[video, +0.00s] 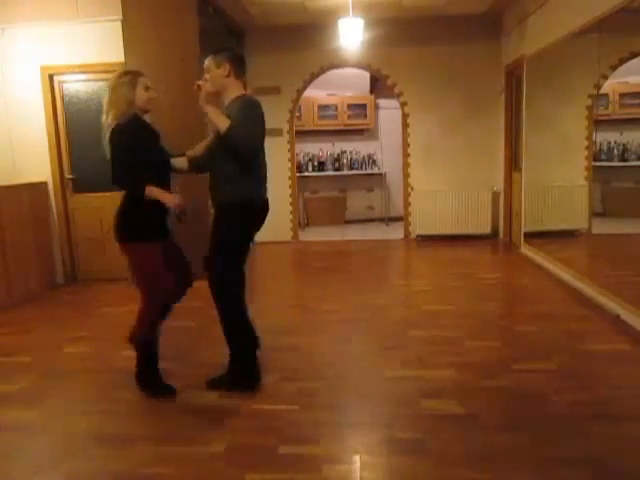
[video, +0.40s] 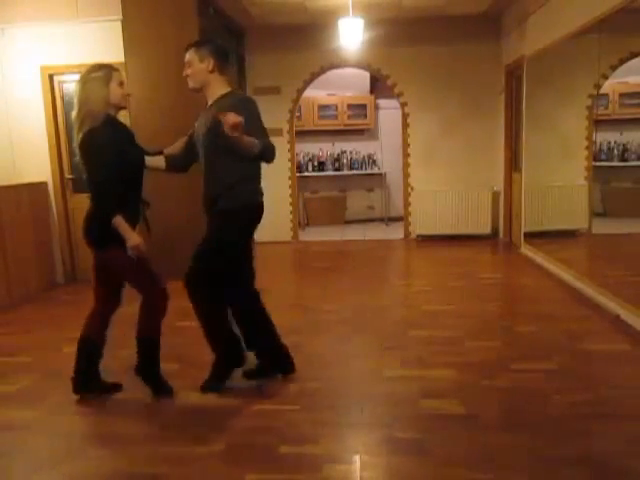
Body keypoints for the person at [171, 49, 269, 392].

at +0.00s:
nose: (204, 78)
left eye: (208, 70)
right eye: (204, 71)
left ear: (227, 71)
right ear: (225, 71)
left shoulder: (246, 107)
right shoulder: (227, 111)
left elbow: (245, 144)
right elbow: (202, 160)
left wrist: (209, 108)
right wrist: (162, 163)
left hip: (245, 205)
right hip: (229, 205)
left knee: (223, 277)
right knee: (221, 276)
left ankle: (244, 368)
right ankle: (241, 362)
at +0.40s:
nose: (185, 72)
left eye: (189, 64)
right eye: (185, 65)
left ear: (210, 64)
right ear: (205, 67)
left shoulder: (241, 104)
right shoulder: (207, 114)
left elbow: (266, 152)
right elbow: (180, 161)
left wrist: (237, 136)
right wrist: (135, 159)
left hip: (241, 206)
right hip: (220, 207)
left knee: (199, 279)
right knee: (237, 286)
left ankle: (228, 354)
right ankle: (274, 356)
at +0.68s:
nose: (169, 69)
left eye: (174, 61)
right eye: (169, 63)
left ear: (195, 62)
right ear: (189, 64)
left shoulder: (223, 102)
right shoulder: (191, 113)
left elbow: (261, 153)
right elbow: (181, 167)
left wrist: (260, 153)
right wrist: (140, 169)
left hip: (219, 211)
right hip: (200, 212)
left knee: (196, 288)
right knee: (197, 288)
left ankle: (210, 370)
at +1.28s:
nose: (187, 73)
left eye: (192, 66)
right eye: (186, 67)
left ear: (214, 67)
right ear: (202, 70)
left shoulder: (243, 108)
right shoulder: (194, 113)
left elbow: (280, 152)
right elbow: (161, 145)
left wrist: (244, 161)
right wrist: (122, 151)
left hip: (241, 209)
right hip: (210, 209)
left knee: (217, 278)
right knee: (197, 282)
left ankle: (227, 356)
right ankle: (214, 354)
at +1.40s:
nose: (198, 73)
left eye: (204, 66)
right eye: (197, 68)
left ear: (227, 67)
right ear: (210, 72)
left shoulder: (257, 109)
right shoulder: (203, 117)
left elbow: (295, 153)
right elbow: (165, 153)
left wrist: (270, 162)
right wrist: (122, 157)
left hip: (252, 209)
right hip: (219, 210)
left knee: (238, 283)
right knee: (210, 288)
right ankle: (221, 354)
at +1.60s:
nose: (218, 71)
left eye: (224, 64)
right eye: (217, 65)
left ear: (247, 65)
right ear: (219, 71)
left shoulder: (278, 106)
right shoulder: (222, 115)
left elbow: (317, 148)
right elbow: (192, 159)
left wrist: (318, 159)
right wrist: (151, 160)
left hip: (279, 210)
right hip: (240, 212)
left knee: (284, 285)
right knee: (231, 287)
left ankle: (292, 338)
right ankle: (223, 356)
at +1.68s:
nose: (225, 70)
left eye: (232, 63)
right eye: (224, 65)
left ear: (253, 65)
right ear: (225, 69)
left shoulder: (284, 105)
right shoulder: (228, 111)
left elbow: (314, 136)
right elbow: (206, 158)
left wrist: (327, 156)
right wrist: (177, 160)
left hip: (286, 208)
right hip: (246, 210)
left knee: (292, 281)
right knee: (235, 283)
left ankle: (293, 338)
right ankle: (223, 350)